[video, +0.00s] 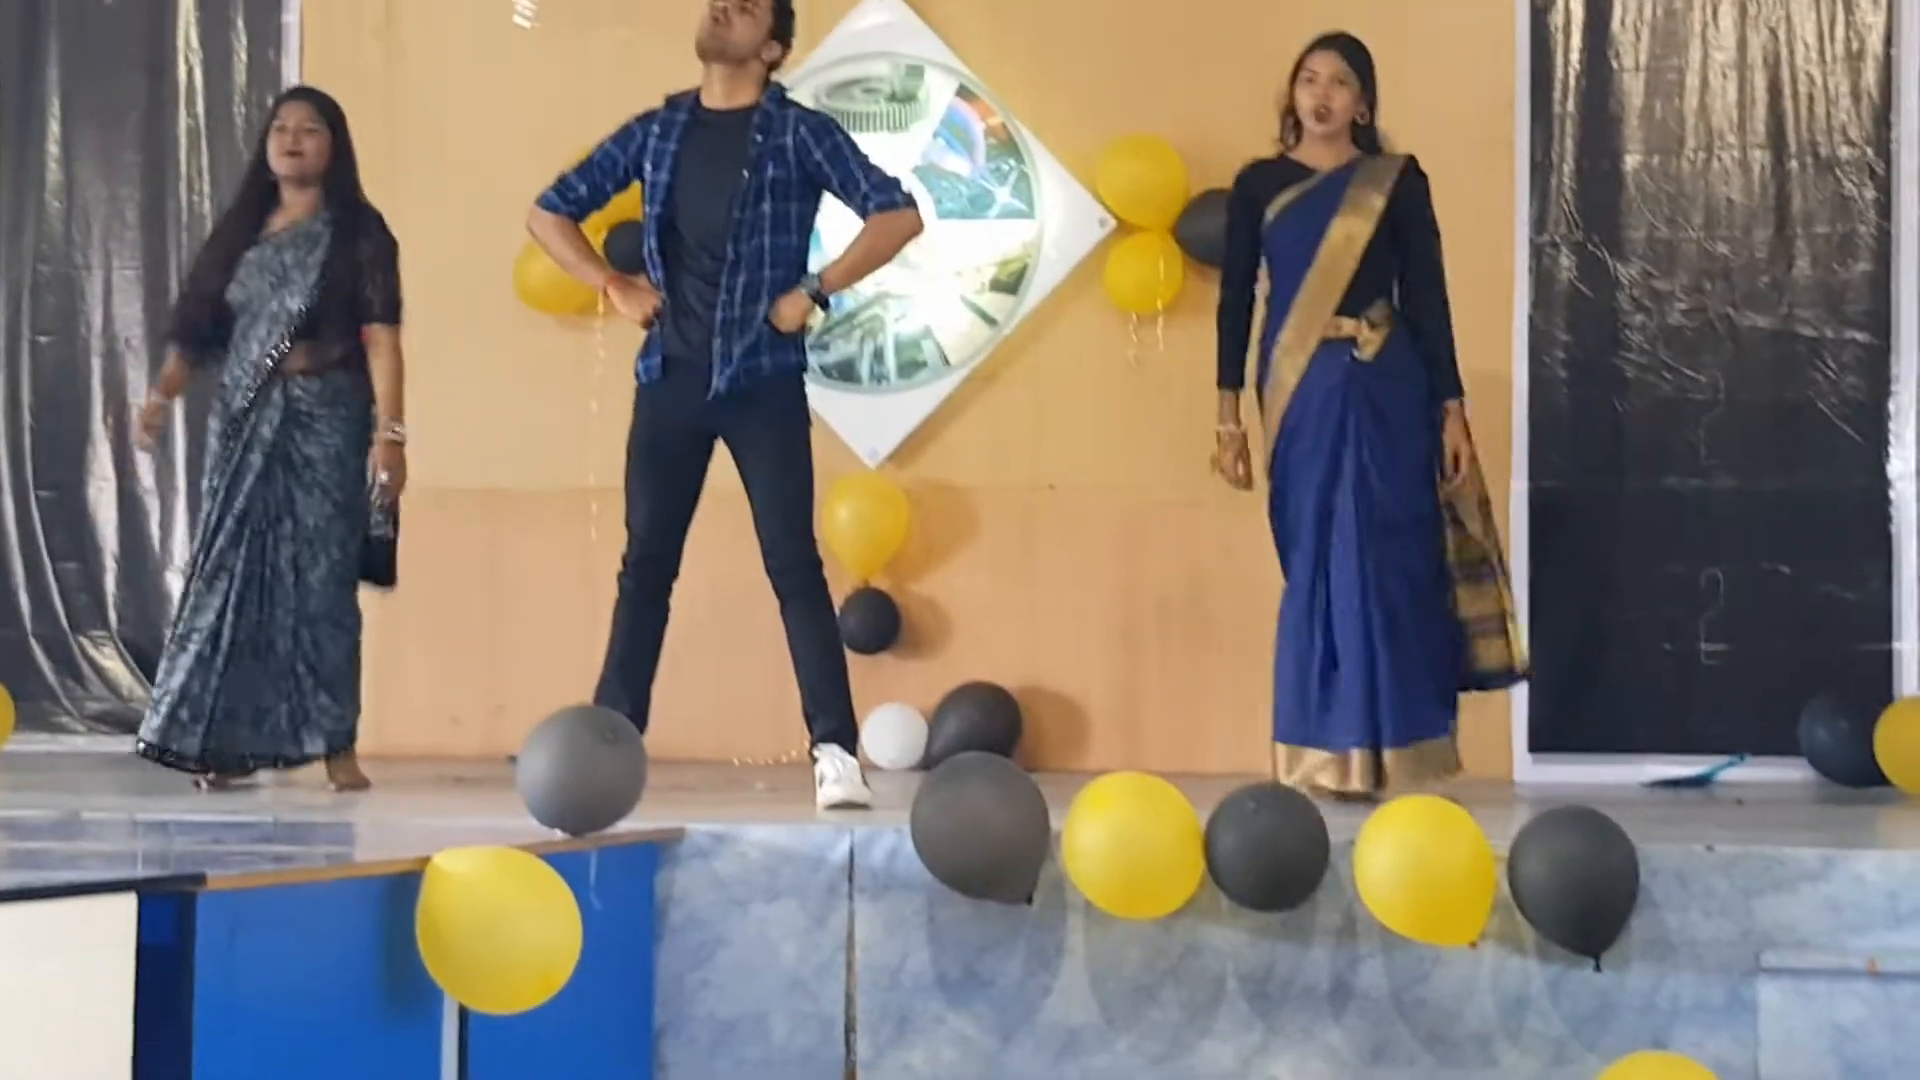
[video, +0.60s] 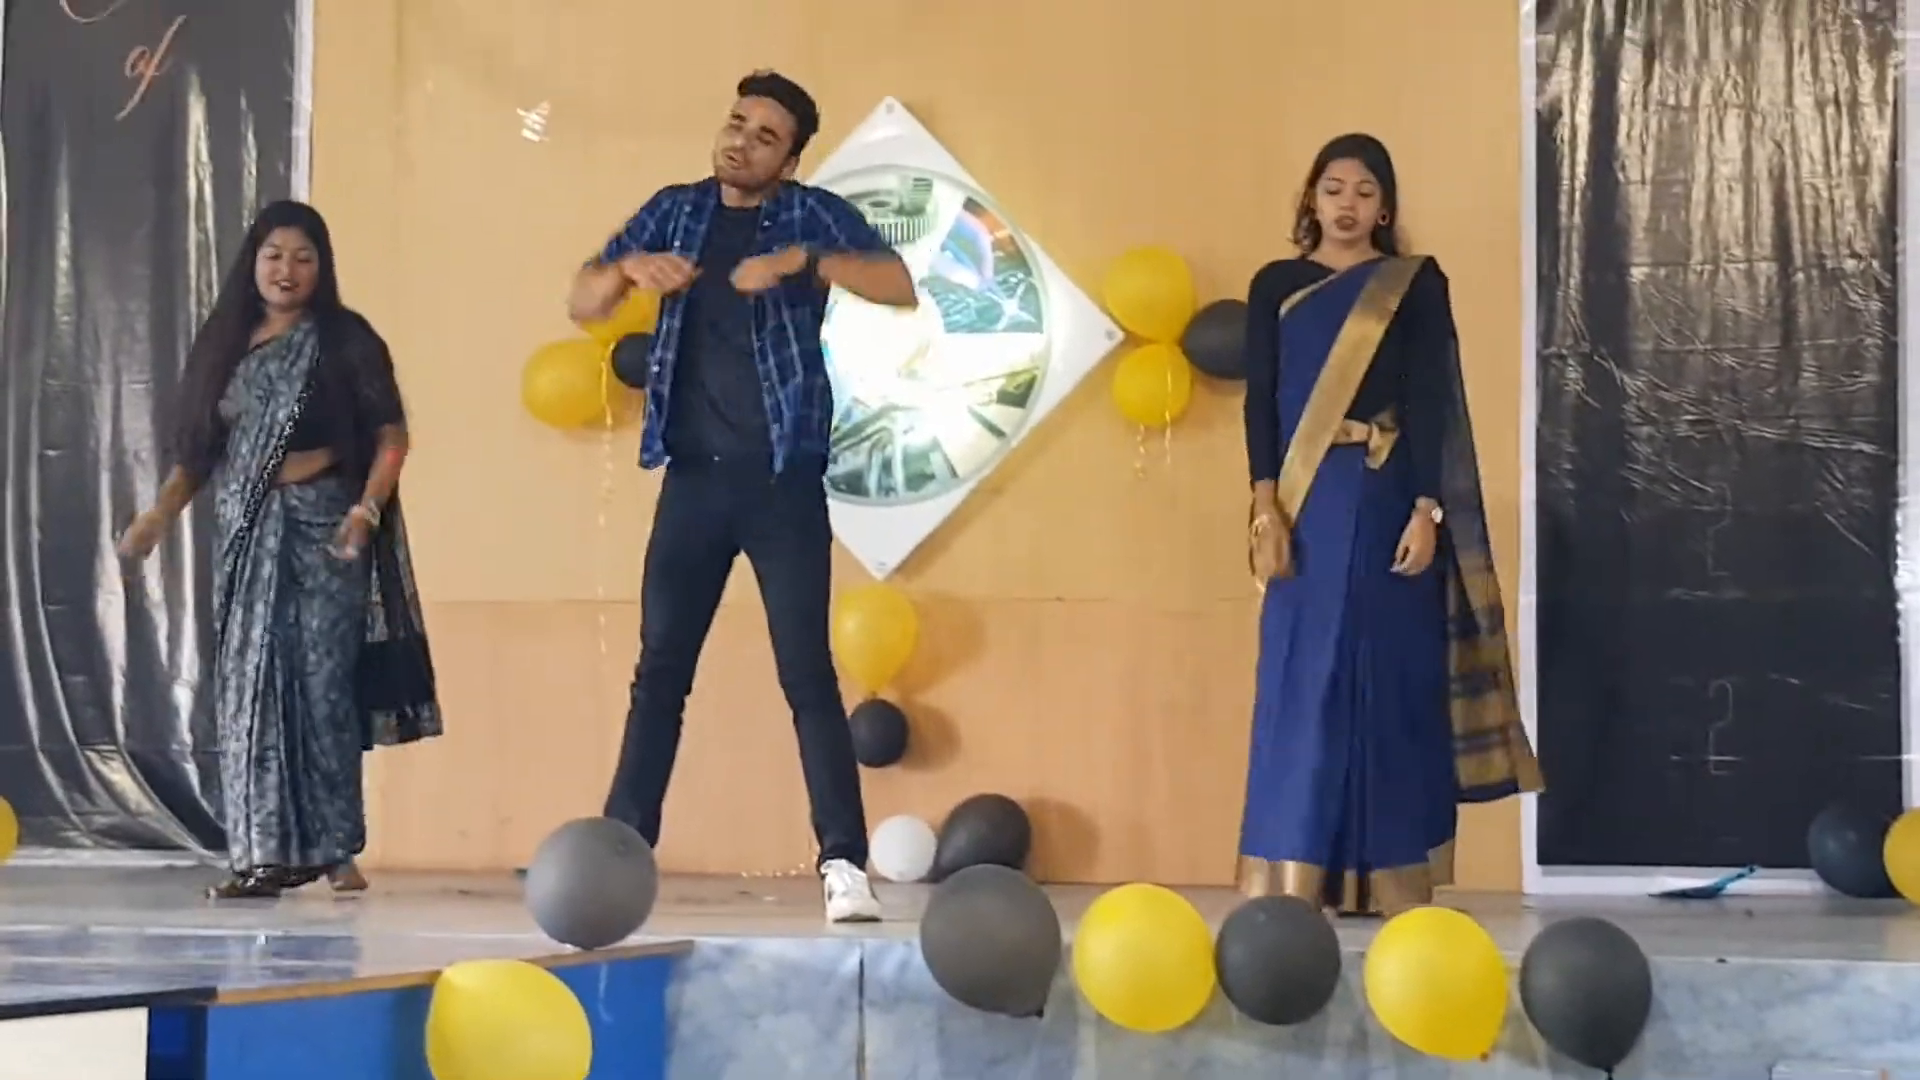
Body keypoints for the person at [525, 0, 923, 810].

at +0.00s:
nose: (720, 10)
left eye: (744, 7)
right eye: (718, 2)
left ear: (773, 45)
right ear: (701, 28)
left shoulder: (801, 131)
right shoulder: (660, 128)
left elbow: (899, 215)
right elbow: (548, 212)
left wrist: (815, 290)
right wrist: (614, 285)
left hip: (763, 380)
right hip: (670, 379)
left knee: (792, 562)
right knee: (646, 561)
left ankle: (833, 750)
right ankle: (609, 751)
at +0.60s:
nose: (744, 142)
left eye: (766, 137)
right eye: (737, 125)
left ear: (791, 156)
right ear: (720, 130)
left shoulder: (815, 217)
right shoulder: (672, 210)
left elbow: (899, 286)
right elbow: (581, 305)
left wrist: (802, 261)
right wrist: (624, 269)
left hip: (784, 483)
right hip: (692, 482)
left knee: (808, 678)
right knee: (660, 671)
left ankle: (843, 863)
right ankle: (619, 860)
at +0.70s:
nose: (778, 192)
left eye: (796, 183)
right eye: (766, 174)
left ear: (813, 194)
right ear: (737, 175)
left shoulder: (841, 282)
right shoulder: (687, 281)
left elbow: (866, 410)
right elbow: (646, 414)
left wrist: (792, 362)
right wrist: (670, 382)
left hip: (795, 529)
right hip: (702, 529)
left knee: (813, 713)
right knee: (669, 707)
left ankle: (851, 896)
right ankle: (629, 894)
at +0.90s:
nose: (867, 252)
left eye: (880, 241)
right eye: (855, 236)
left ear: (888, 241)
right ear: (815, 225)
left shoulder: (900, 307)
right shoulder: (763, 294)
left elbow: (934, 414)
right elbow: (675, 394)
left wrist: (869, 329)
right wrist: (713, 322)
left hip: (862, 567)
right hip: (775, 563)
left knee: (871, 761)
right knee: (737, 754)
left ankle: (899, 948)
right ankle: (693, 945)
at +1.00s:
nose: (922, 279)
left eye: (934, 266)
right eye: (911, 261)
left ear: (937, 267)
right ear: (866, 247)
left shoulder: (941, 338)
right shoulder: (803, 307)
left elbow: (962, 451)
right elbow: (708, 392)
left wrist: (919, 354)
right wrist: (785, 329)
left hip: (901, 585)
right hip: (810, 584)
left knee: (926, 754)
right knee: (770, 771)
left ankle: (967, 933)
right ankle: (721, 954)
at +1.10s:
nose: (986, 311)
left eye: (993, 295)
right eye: (976, 292)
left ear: (986, 289)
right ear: (925, 272)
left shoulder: (985, 362)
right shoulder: (848, 327)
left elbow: (994, 494)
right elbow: (778, 427)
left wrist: (991, 412)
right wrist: (857, 391)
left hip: (942, 604)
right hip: (849, 602)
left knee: (987, 758)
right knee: (802, 784)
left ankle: (1051, 933)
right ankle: (751, 960)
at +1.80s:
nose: (1007, 513)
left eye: (1013, 492)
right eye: (989, 504)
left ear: (1046, 454)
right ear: (974, 494)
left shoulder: (1141, 494)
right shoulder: (983, 538)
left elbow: (1181, 614)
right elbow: (979, 678)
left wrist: (1097, 572)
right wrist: (986, 645)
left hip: (1111, 767)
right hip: (1013, 769)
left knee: (1154, 962)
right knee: (919, 928)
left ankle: (1206, 1074)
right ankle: (938, 1073)